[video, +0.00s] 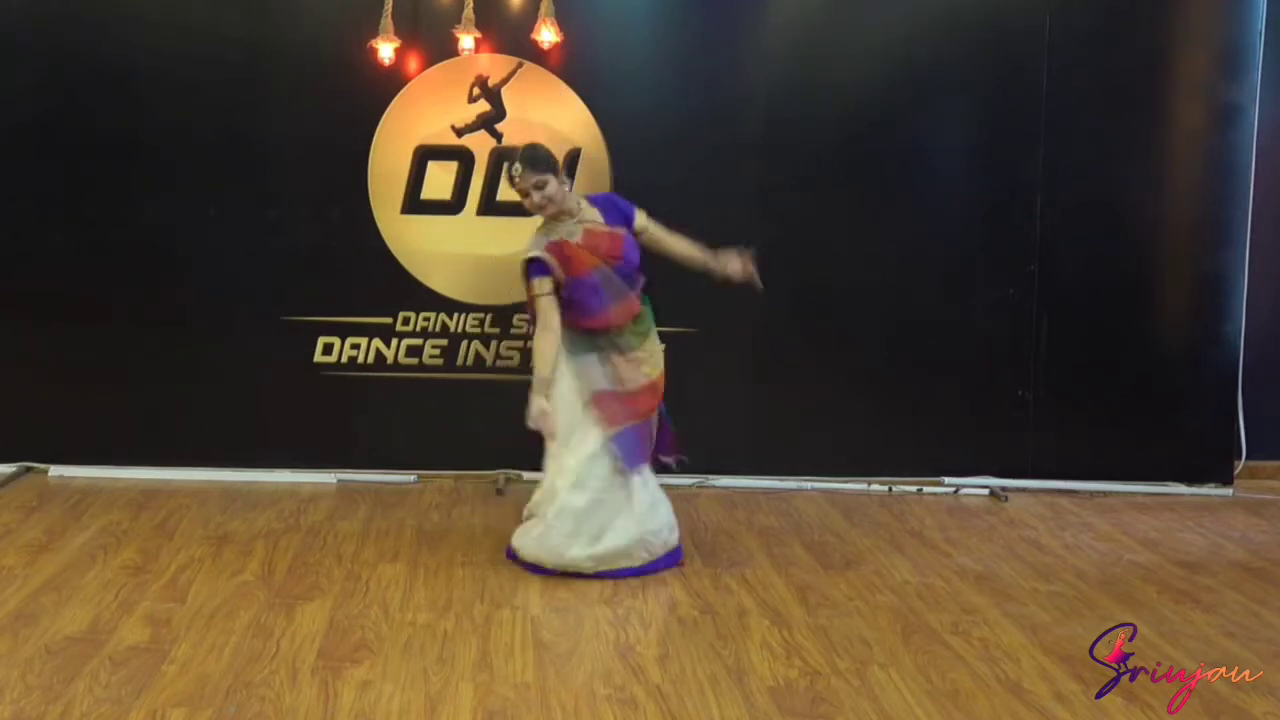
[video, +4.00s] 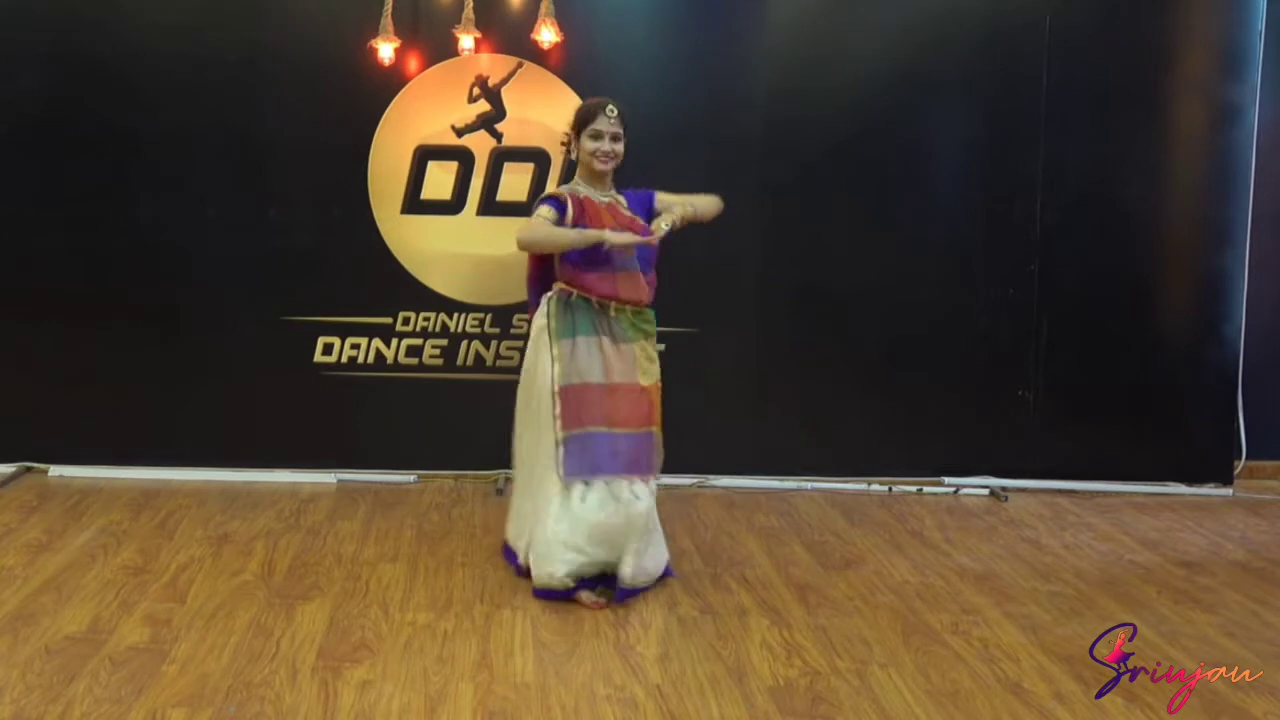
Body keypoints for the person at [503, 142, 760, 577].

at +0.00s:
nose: (535, 200)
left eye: (541, 187)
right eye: (525, 194)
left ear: (562, 177)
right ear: (522, 197)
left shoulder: (610, 209)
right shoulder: (542, 254)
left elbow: (667, 241)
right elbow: (547, 325)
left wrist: (716, 262)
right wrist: (539, 392)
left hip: (637, 344)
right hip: (584, 355)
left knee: (631, 442)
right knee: (589, 446)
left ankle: (626, 536)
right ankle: (565, 538)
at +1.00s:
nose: (604, 127)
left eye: (615, 120)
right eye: (601, 118)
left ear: (644, 126)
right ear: (598, 122)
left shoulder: (649, 185)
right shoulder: (594, 179)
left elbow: (625, 206)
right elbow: (577, 226)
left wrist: (566, 215)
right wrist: (548, 220)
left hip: (626, 312)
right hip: (581, 310)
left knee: (623, 413)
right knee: (580, 414)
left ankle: (638, 515)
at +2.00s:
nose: (626, 131)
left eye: (633, 122)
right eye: (615, 125)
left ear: (645, 127)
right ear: (599, 134)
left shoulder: (661, 190)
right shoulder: (586, 178)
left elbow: (736, 215)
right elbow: (544, 174)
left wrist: (684, 214)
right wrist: (607, 198)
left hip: (646, 313)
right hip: (590, 311)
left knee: (640, 415)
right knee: (590, 413)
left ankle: (637, 516)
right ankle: (589, 523)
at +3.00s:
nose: (601, 130)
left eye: (609, 121)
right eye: (599, 121)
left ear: (640, 122)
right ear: (606, 125)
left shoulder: (660, 176)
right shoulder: (605, 175)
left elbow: (630, 187)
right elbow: (582, 205)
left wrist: (580, 201)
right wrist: (572, 218)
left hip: (647, 318)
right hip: (598, 320)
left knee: (661, 429)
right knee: (596, 431)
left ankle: (681, 538)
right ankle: (596, 539)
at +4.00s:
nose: (607, 146)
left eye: (615, 138)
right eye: (596, 137)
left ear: (624, 145)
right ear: (576, 142)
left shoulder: (638, 201)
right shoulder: (563, 201)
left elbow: (714, 204)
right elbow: (528, 236)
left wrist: (680, 211)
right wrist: (601, 235)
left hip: (629, 339)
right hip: (571, 338)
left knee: (627, 445)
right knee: (575, 447)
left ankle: (618, 561)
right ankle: (569, 566)